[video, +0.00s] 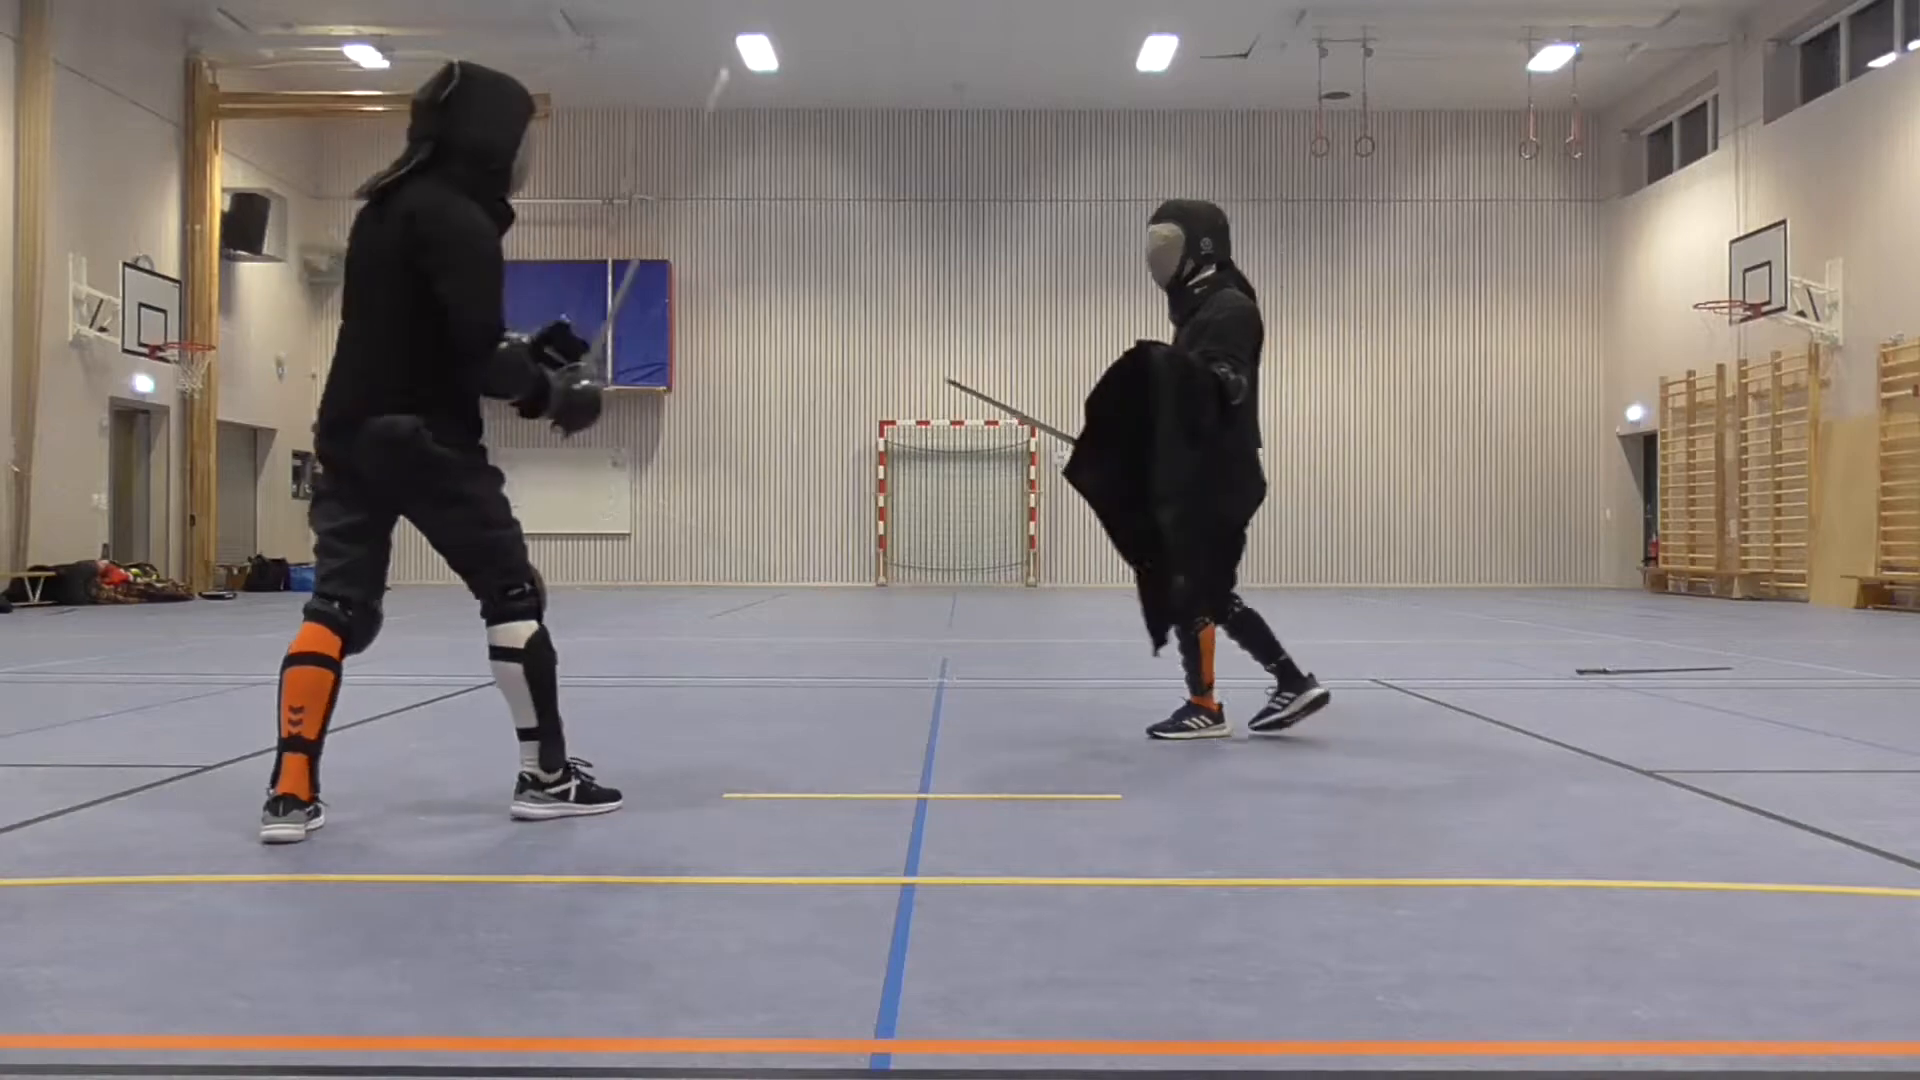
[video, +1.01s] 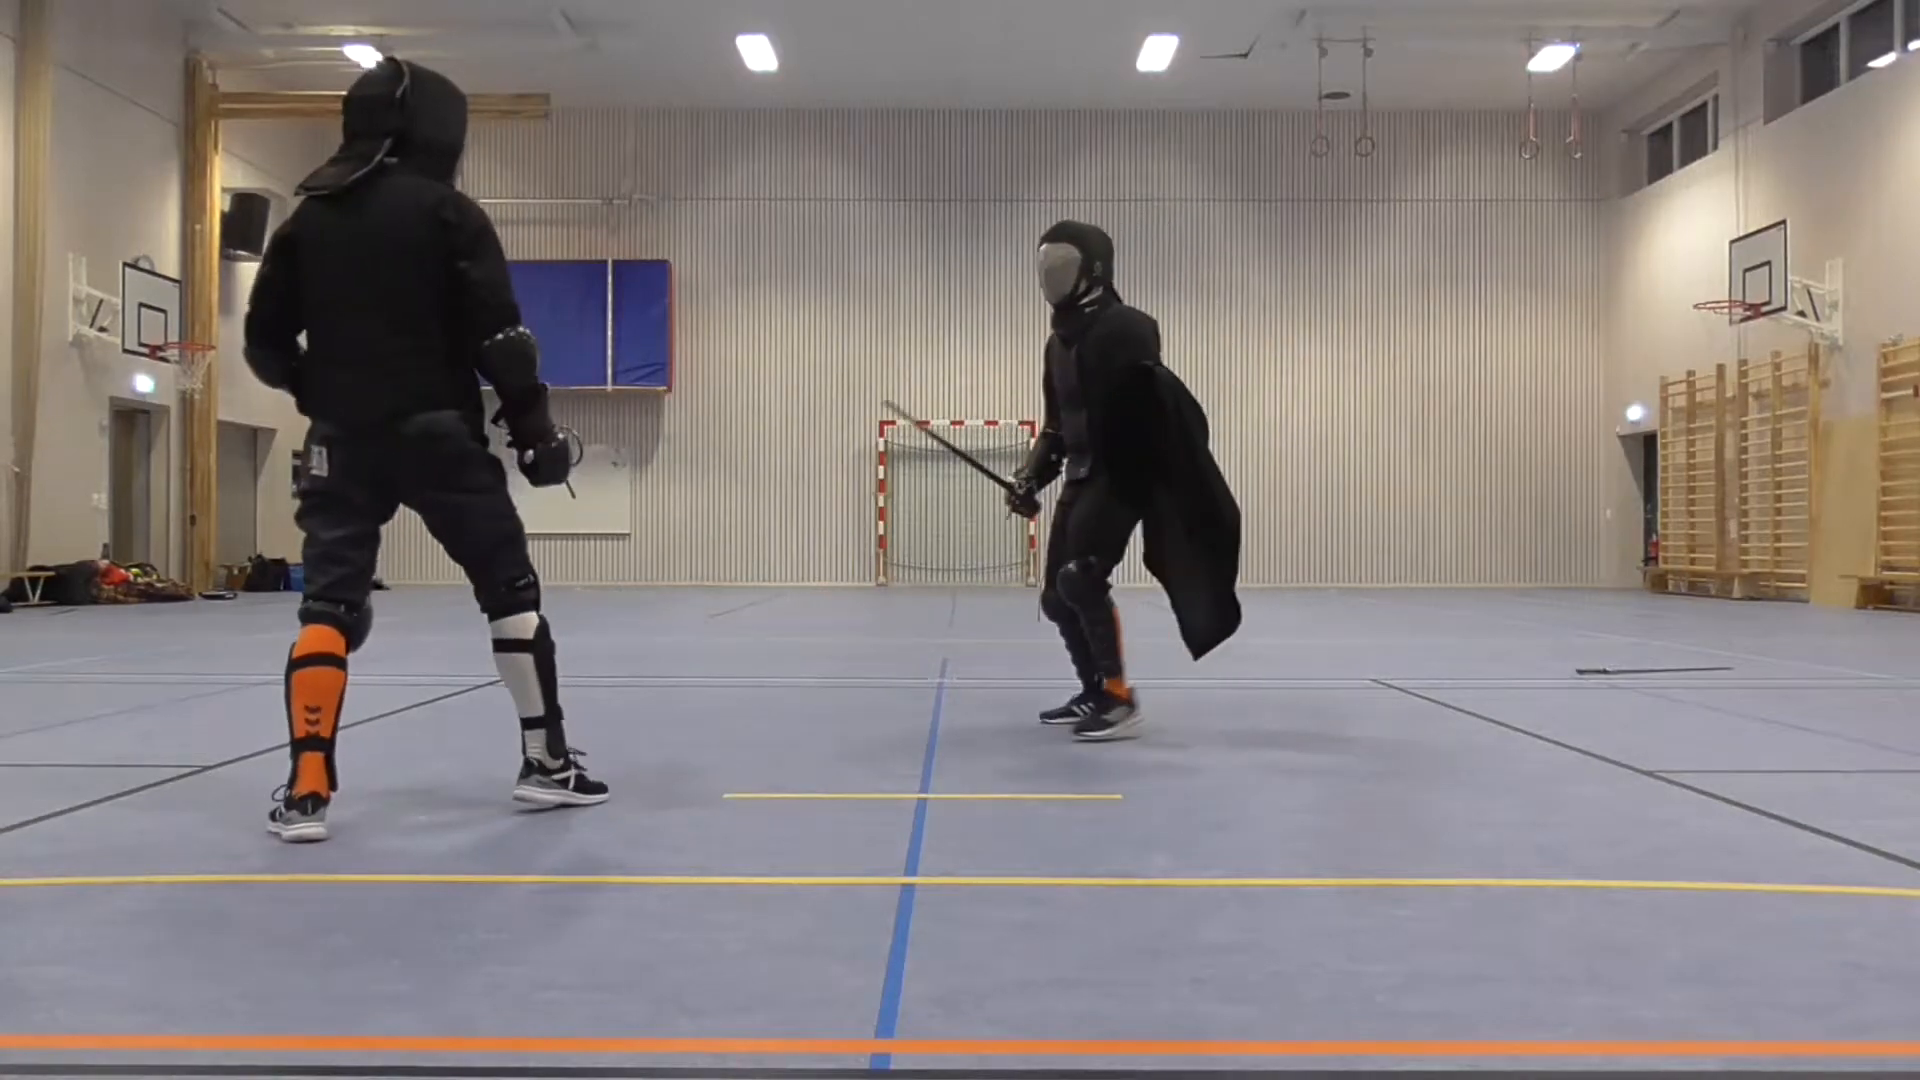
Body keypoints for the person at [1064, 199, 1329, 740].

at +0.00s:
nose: (1156, 260)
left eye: (1166, 248)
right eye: (1155, 248)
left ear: (1200, 248)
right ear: (1199, 251)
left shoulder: (1228, 309)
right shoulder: (1202, 306)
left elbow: (1224, 391)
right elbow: (1200, 391)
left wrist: (1163, 367)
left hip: (1220, 477)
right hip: (1208, 475)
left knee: (1193, 588)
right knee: (1211, 589)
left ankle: (1203, 706)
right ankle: (1294, 683)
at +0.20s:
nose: (1140, 261)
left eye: (1150, 250)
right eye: (1139, 250)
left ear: (1183, 250)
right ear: (1178, 252)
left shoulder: (1216, 311)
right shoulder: (1182, 309)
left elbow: (1218, 391)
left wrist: (1163, 365)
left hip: (1210, 474)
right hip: (1184, 473)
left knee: (1174, 593)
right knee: (1175, 590)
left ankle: (1205, 707)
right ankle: (1220, 691)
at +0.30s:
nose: (1132, 264)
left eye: (1142, 252)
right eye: (1130, 252)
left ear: (1176, 252)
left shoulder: (1206, 313)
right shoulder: (1168, 311)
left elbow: (1205, 397)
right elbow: (1160, 398)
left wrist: (1152, 376)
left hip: (1206, 475)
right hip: (1175, 472)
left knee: (1168, 588)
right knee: (1158, 584)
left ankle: (1203, 706)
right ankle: (1166, 682)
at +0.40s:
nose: (1122, 266)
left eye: (1133, 254)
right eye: (1120, 254)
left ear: (1167, 256)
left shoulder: (1192, 321)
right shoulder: (1158, 316)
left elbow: (1188, 410)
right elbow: (1145, 418)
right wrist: (1113, 487)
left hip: (1195, 482)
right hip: (1167, 477)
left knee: (1165, 589)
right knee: (1148, 585)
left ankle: (1204, 705)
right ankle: (1124, 683)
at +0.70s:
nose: (1083, 272)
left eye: (1094, 261)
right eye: (1082, 261)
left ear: (1126, 264)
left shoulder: (1150, 327)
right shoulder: (1110, 327)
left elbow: (1147, 424)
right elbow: (1107, 415)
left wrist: (1126, 503)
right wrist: (1076, 472)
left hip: (1168, 490)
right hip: (1125, 487)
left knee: (1156, 597)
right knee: (1086, 593)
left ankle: (1201, 704)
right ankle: (1098, 695)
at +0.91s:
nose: (1059, 276)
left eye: (1070, 264)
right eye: (1056, 265)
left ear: (1103, 268)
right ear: (1058, 269)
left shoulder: (1133, 330)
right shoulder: (1070, 341)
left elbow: (1153, 417)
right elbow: (1069, 426)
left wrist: (1139, 485)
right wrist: (1044, 479)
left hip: (1128, 482)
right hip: (1087, 482)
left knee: (1093, 579)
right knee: (1065, 594)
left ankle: (1161, 681)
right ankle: (1096, 695)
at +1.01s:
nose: (1047, 277)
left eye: (1058, 266)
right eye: (1044, 267)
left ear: (1091, 269)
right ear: (1047, 270)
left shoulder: (1124, 330)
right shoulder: (1061, 340)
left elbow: (1141, 421)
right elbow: (1058, 425)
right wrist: (1032, 478)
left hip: (1121, 482)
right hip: (1080, 481)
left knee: (1081, 578)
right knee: (1058, 594)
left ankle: (1116, 697)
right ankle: (1094, 693)